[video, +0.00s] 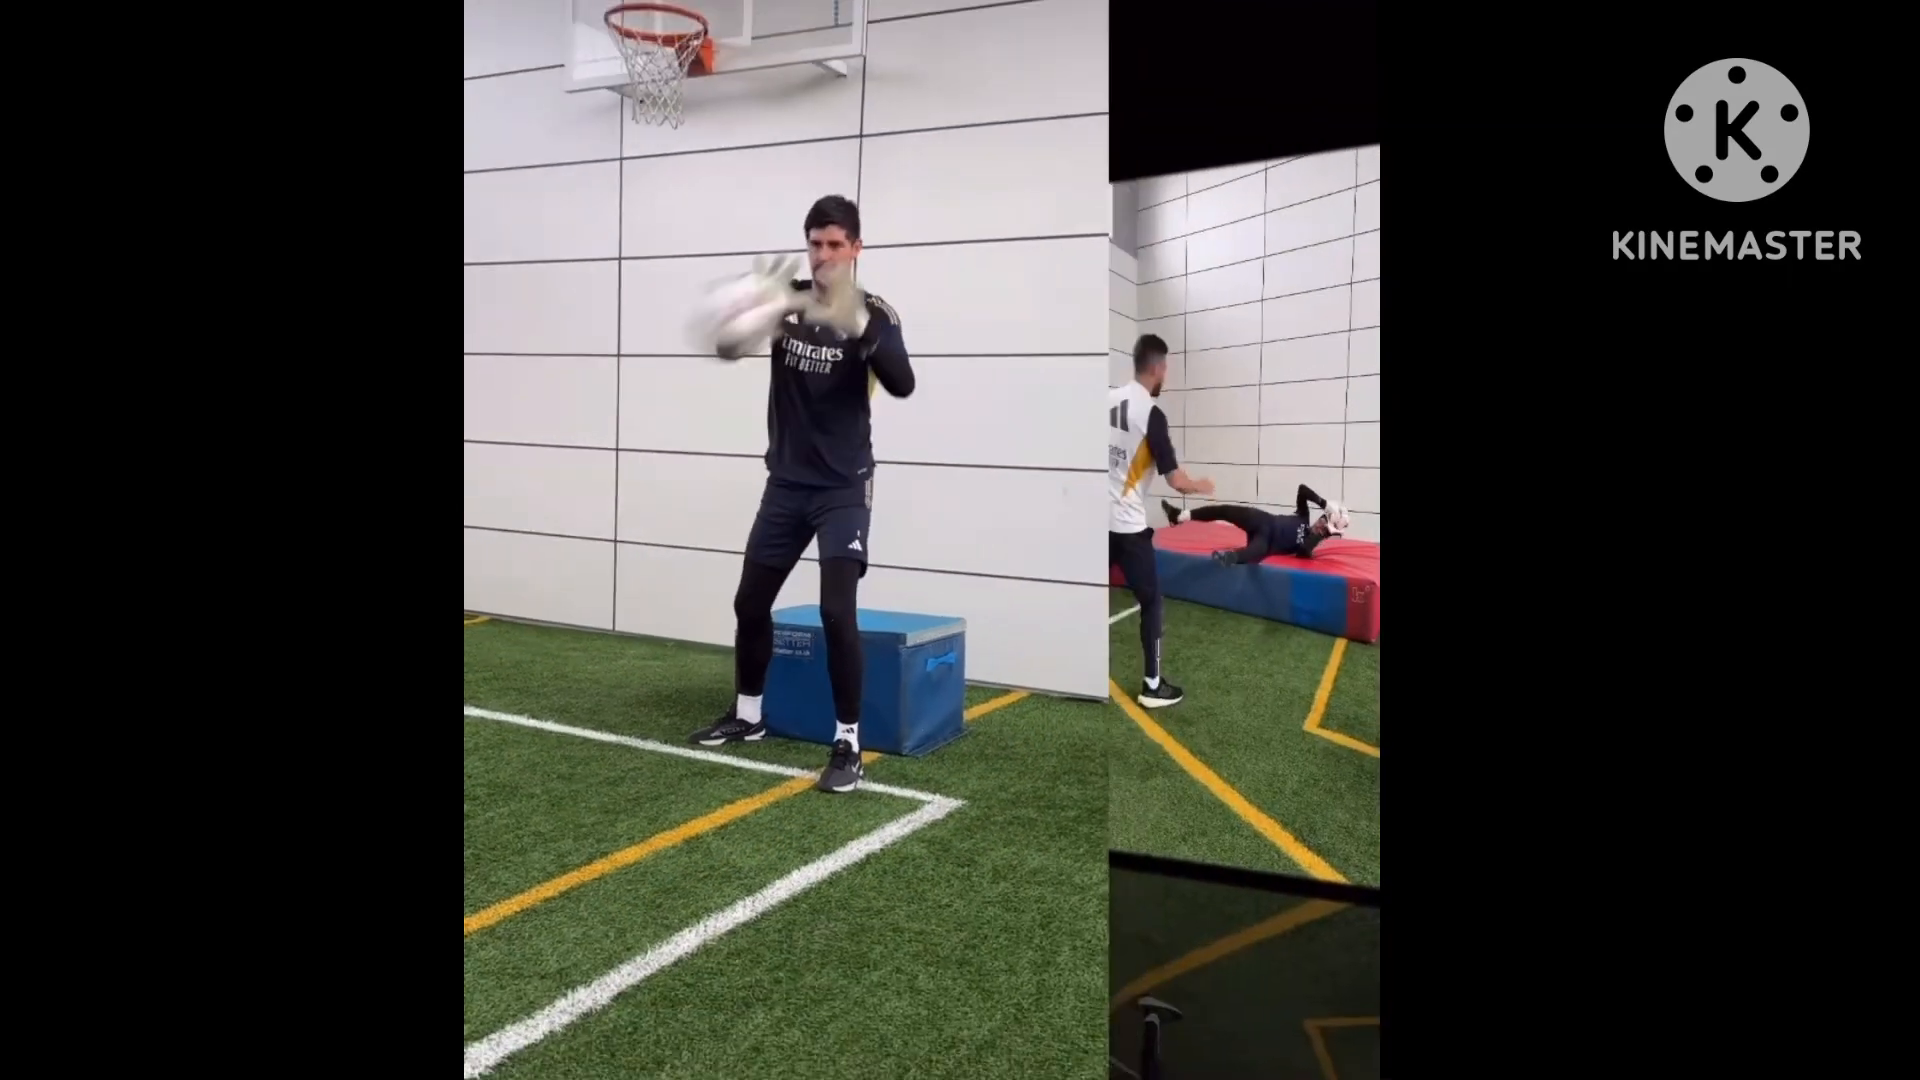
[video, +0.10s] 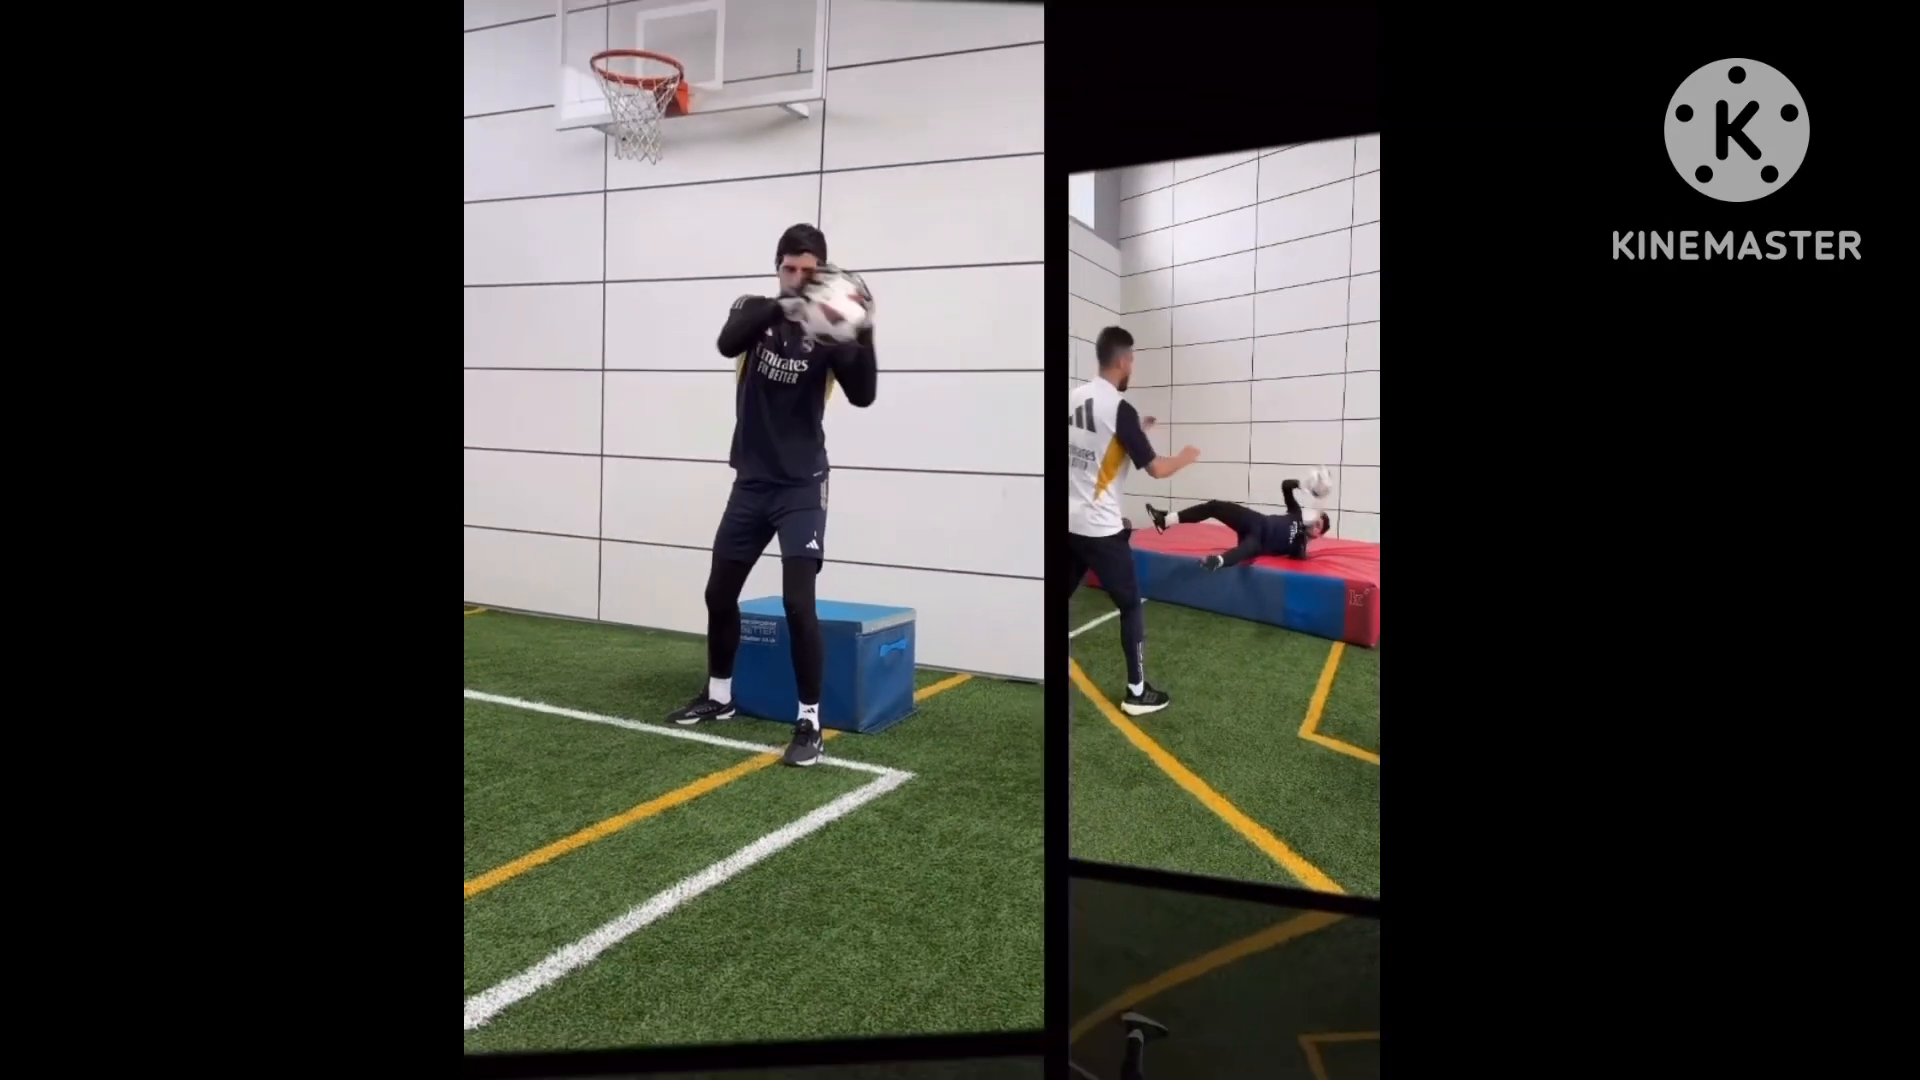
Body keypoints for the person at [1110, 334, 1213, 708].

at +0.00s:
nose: (1166, 375)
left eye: (1165, 367)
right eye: (1165, 368)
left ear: (1135, 365)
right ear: (1157, 368)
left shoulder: (1105, 399)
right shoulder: (1151, 413)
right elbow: (1175, 480)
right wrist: (1199, 486)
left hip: (1096, 518)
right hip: (1128, 523)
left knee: (1085, 596)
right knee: (1151, 600)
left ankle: (1071, 669)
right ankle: (1153, 683)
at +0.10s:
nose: (1133, 367)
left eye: (1132, 360)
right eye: (1132, 360)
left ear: (1100, 361)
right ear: (1123, 362)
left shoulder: (1074, 396)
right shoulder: (1119, 409)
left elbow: (1092, 444)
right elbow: (1157, 469)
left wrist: (1134, 431)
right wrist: (1185, 457)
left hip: (1066, 524)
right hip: (1101, 528)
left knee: (1058, 598)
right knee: (1130, 605)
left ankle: (1045, 668)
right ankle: (1137, 689)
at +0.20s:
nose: (1097, 356)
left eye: (1095, 348)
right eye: (1094, 348)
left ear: (1062, 352)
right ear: (1083, 353)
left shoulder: (1047, 390)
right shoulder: (1083, 403)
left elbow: (1070, 439)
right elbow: (1126, 460)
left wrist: (1108, 418)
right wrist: (1158, 440)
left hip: (1044, 522)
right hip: (1072, 527)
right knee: (1104, 607)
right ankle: (1119, 695)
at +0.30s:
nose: (1065, 344)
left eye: (1064, 336)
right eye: (1062, 336)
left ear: (1032, 340)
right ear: (1047, 340)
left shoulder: (1026, 379)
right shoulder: (1043, 393)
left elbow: (1062, 418)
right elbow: (1099, 450)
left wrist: (1096, 395)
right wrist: (1142, 422)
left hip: (1026, 519)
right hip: (1038, 523)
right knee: (1075, 609)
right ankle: (1095, 699)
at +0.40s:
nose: (1039, 338)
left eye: (1038, 330)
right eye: (1035, 330)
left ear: (1006, 334)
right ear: (1018, 334)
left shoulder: (998, 374)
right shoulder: (1011, 389)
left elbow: (1041, 404)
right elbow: (1069, 450)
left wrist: (1085, 389)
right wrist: (1118, 420)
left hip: (999, 521)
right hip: (1006, 526)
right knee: (1049, 612)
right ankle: (1071, 708)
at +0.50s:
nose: (1023, 333)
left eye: (1022, 324)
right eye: (1019, 323)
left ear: (986, 327)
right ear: (1000, 327)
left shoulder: (970, 371)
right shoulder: (987, 389)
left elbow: (1012, 406)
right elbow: (1035, 467)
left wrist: (1057, 404)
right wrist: (1079, 425)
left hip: (968, 522)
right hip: (979, 528)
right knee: (1024, 619)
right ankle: (1041, 725)